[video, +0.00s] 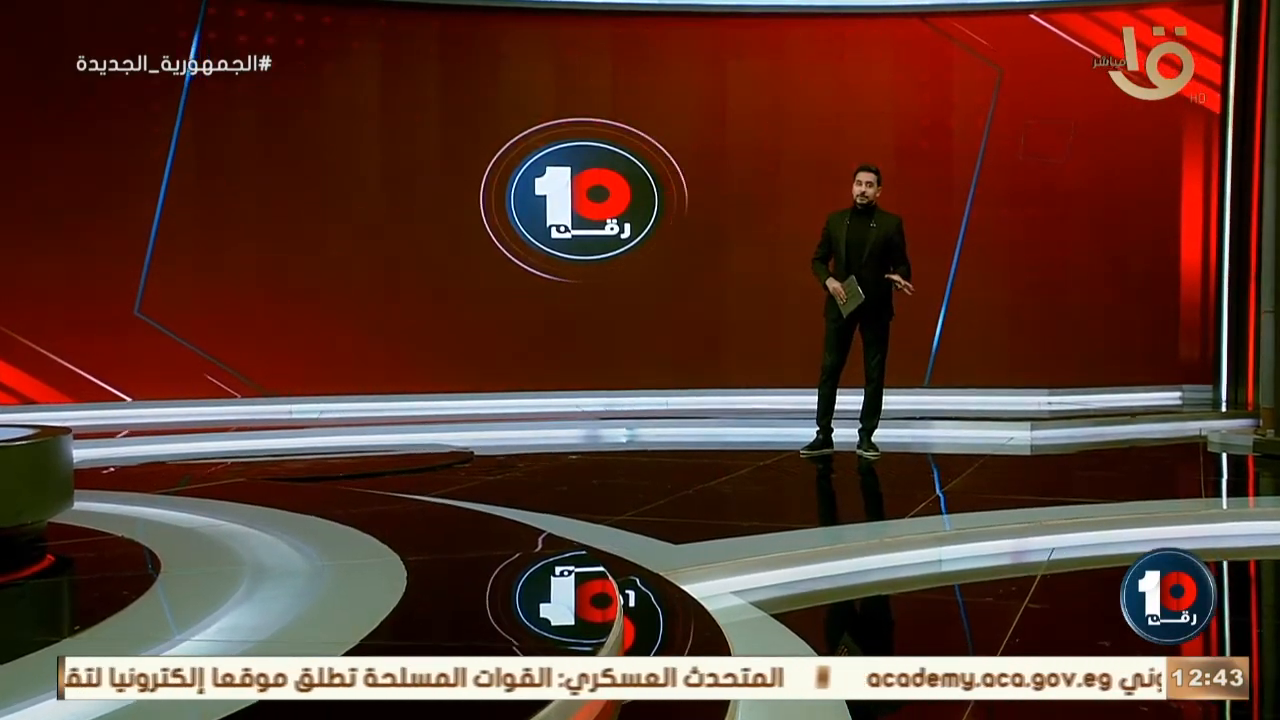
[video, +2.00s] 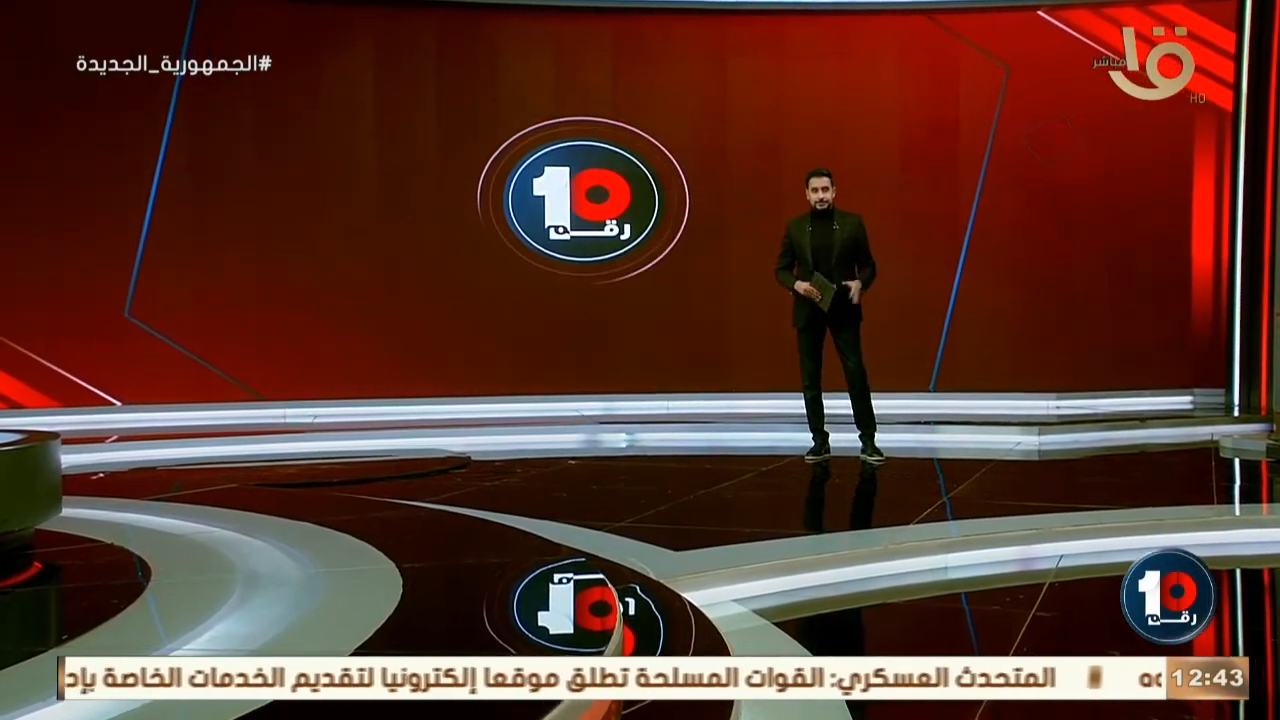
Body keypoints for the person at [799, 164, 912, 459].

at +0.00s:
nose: (863, 189)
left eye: (869, 185)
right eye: (859, 183)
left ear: (878, 190)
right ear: (852, 187)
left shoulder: (892, 224)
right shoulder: (836, 221)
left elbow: (902, 264)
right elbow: (818, 261)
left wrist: (900, 277)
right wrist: (828, 281)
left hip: (876, 309)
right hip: (841, 307)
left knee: (874, 376)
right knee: (829, 370)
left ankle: (866, 438)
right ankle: (823, 435)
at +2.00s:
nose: (820, 195)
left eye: (825, 189)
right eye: (815, 190)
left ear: (834, 191)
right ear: (807, 194)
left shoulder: (852, 224)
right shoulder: (796, 228)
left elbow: (868, 266)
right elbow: (782, 270)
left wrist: (860, 283)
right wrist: (796, 284)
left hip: (844, 311)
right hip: (809, 312)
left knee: (856, 373)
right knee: (810, 378)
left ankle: (868, 441)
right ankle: (819, 441)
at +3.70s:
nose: (862, 204)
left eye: (867, 199)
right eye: (857, 198)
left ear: (874, 197)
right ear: (847, 195)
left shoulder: (890, 224)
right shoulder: (833, 226)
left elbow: (904, 271)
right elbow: (818, 271)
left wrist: (884, 272)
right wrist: (832, 269)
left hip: (878, 315)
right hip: (842, 315)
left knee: (880, 381)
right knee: (831, 378)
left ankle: (873, 446)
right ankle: (822, 444)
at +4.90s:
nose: (864, 206)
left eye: (869, 200)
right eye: (859, 199)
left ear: (878, 197)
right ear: (850, 195)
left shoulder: (893, 226)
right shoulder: (836, 226)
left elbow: (906, 274)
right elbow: (822, 273)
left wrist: (883, 272)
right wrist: (824, 312)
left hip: (880, 317)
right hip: (844, 316)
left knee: (881, 383)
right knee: (833, 378)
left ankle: (873, 449)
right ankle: (825, 446)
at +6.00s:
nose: (833, 203)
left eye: (838, 197)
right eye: (827, 197)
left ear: (846, 195)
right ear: (818, 197)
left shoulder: (863, 224)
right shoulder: (804, 229)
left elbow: (880, 271)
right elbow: (795, 279)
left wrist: (859, 271)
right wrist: (793, 321)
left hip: (854, 317)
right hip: (816, 318)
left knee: (863, 381)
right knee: (816, 386)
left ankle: (872, 451)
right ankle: (823, 451)